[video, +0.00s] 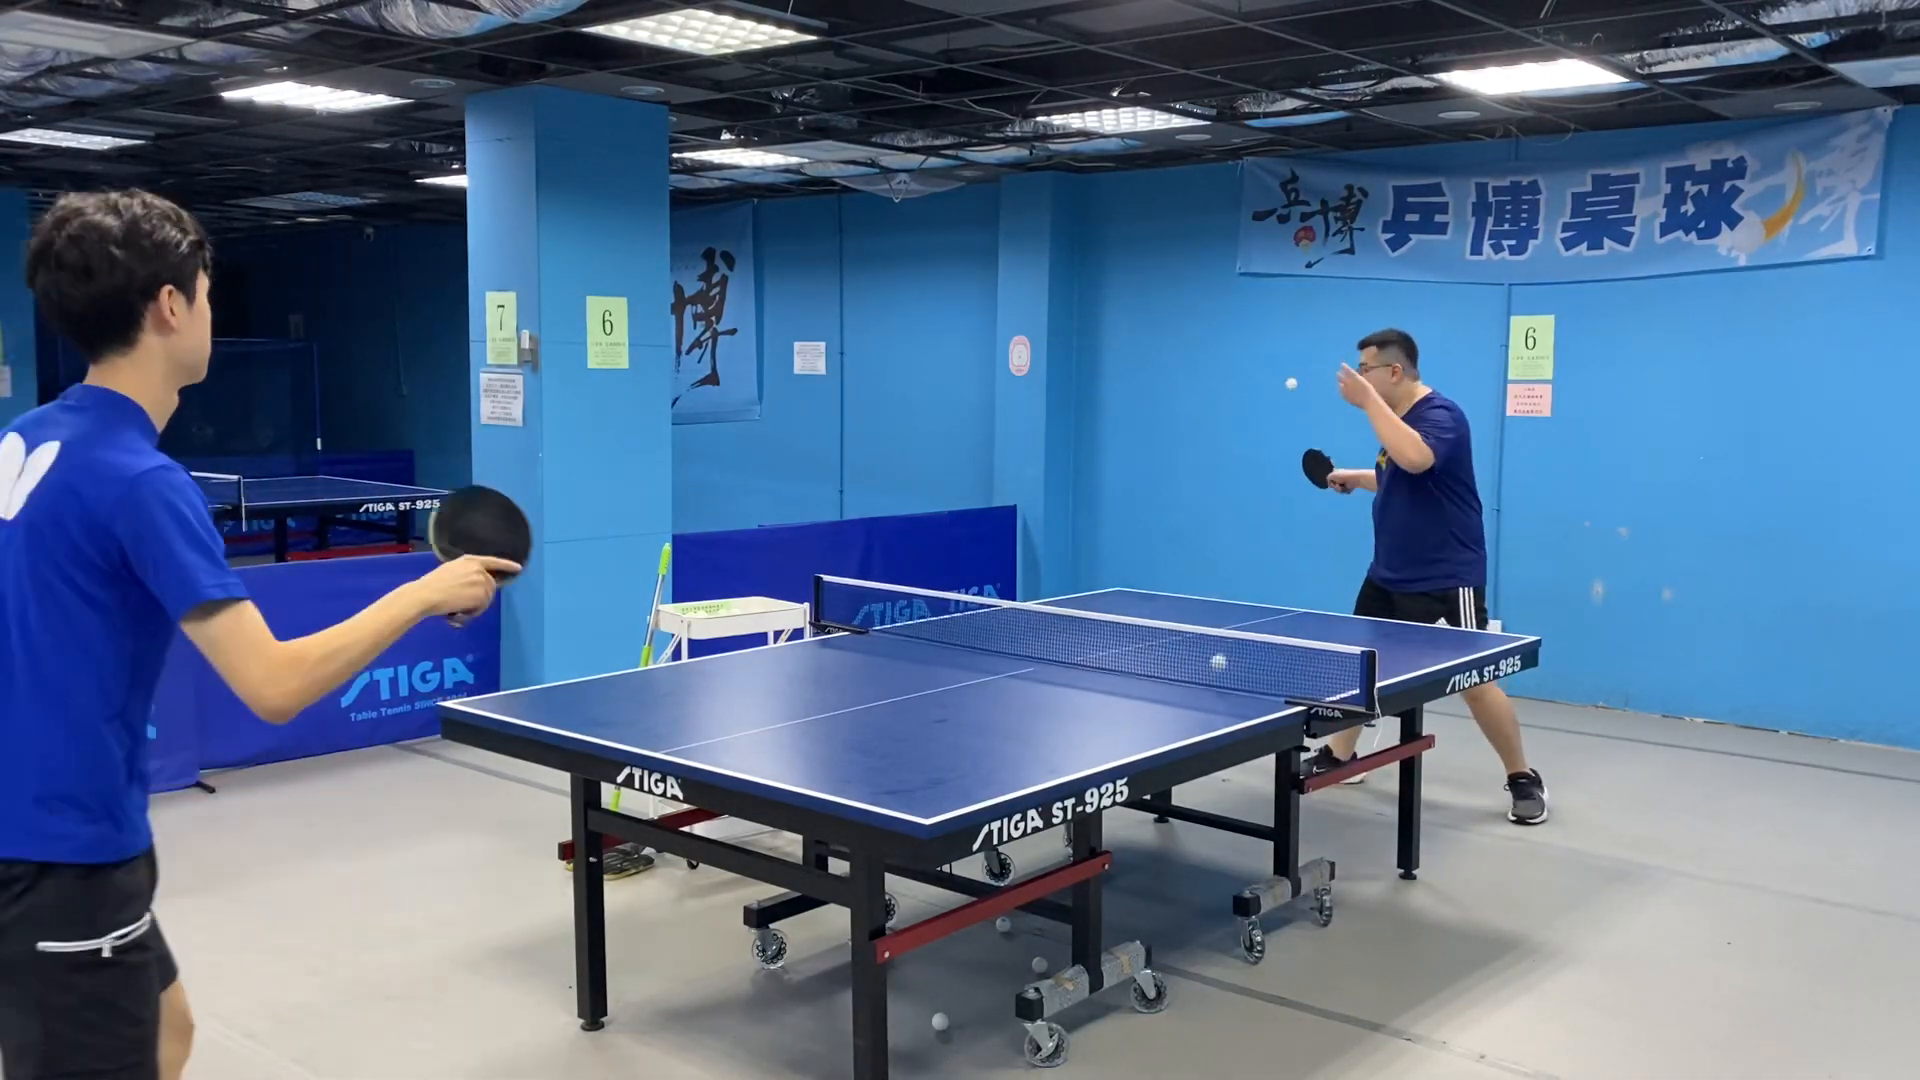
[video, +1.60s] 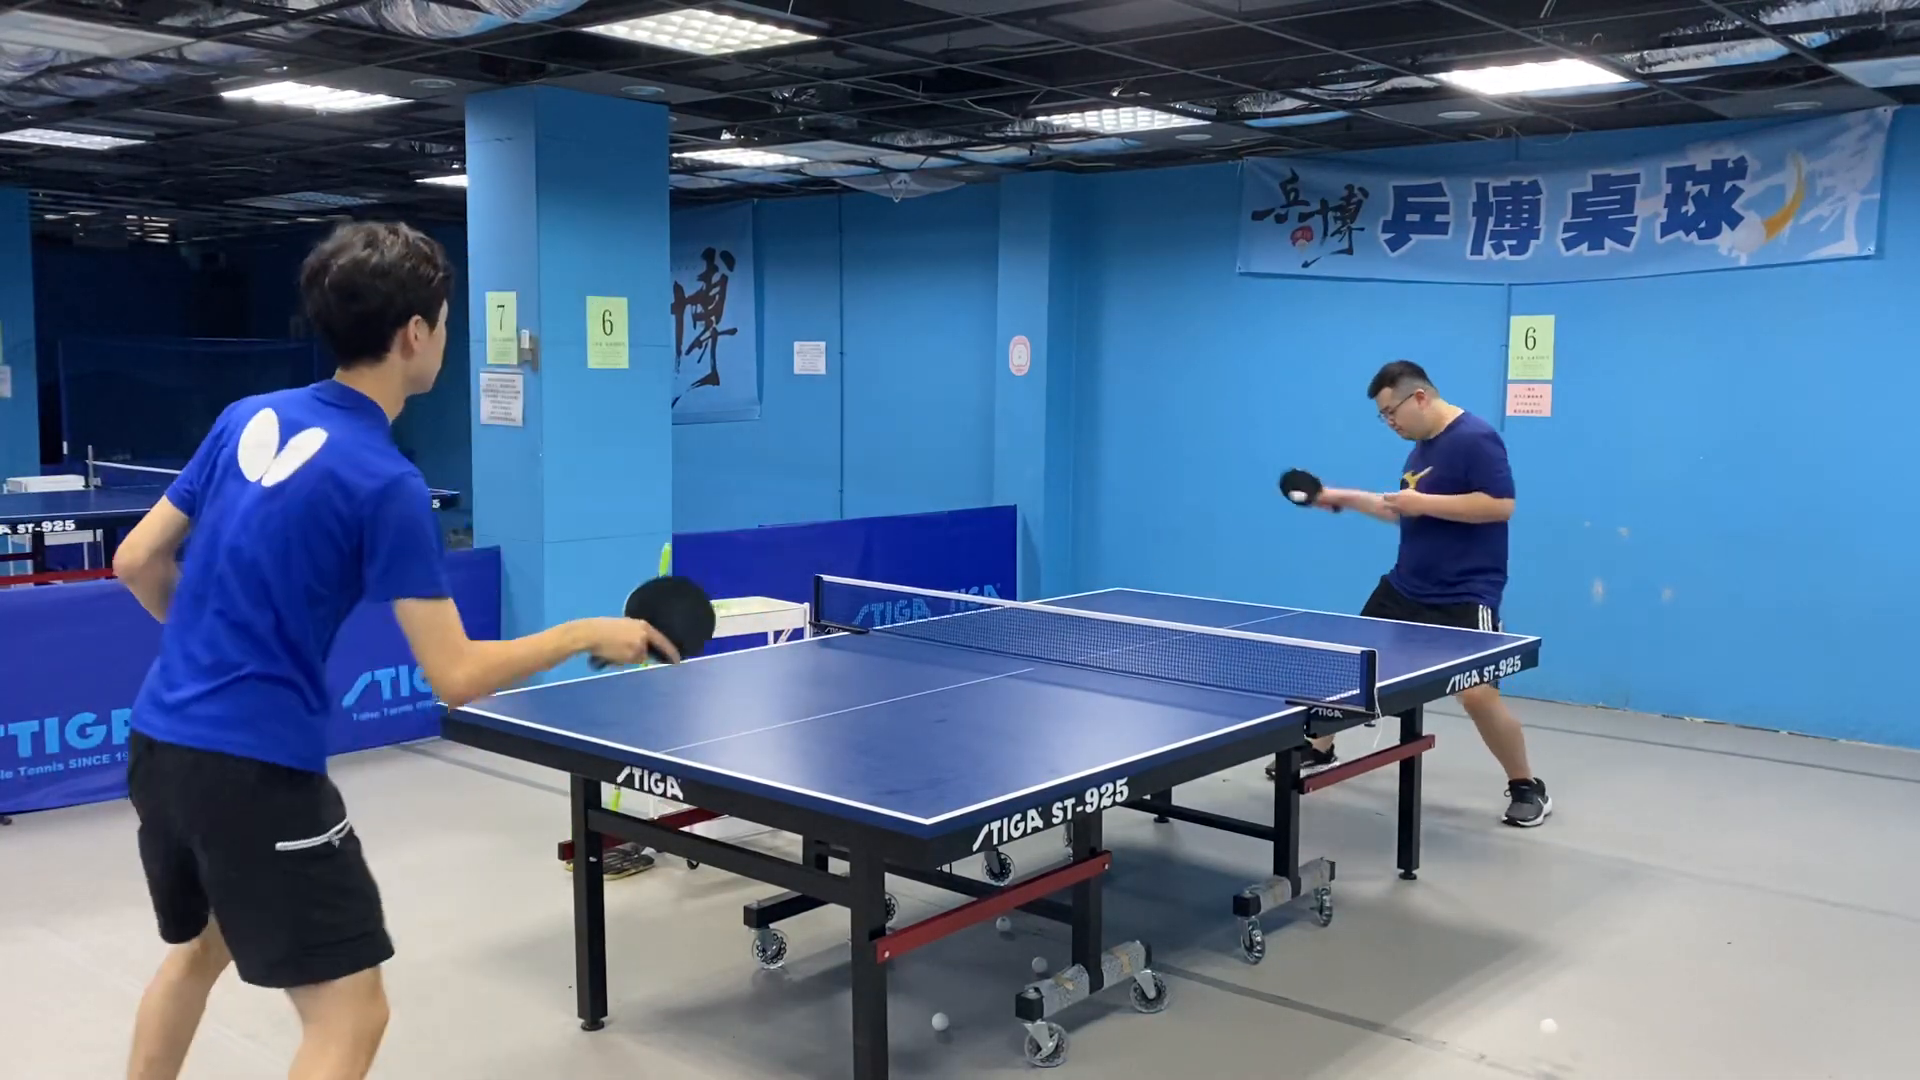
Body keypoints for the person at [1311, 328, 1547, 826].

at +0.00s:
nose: (1362, 380)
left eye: (1368, 370)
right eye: (1362, 371)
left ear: (1397, 371)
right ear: (1390, 374)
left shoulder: (1443, 415)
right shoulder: (1396, 422)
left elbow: (1416, 458)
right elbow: (1402, 484)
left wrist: (1369, 400)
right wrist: (1353, 478)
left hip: (1447, 580)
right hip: (1388, 574)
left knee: (1474, 680)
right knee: (1360, 667)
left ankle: (1521, 777)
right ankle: (1339, 753)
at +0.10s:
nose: (1368, 388)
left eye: (1373, 378)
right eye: (1368, 380)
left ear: (1401, 376)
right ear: (1396, 378)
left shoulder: (1456, 420)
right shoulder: (1404, 427)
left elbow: (1457, 475)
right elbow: (1403, 493)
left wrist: (1397, 428)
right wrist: (1352, 486)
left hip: (1457, 581)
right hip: (1396, 576)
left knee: (1479, 683)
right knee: (1360, 666)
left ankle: (1523, 778)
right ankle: (1340, 753)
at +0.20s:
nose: (1383, 400)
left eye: (1386, 389)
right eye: (1381, 390)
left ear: (1416, 381)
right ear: (1411, 383)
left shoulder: (1477, 427)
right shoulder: (1408, 434)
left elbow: (1495, 492)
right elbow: (1402, 497)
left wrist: (1421, 470)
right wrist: (1342, 498)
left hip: (1467, 588)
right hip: (1401, 581)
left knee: (1489, 683)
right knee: (1359, 663)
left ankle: (1527, 780)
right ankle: (1339, 750)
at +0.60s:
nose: (1385, 406)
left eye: (1396, 397)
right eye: (1379, 397)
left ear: (1425, 393)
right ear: (1374, 396)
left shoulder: (1469, 443)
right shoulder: (1371, 439)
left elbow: (1503, 504)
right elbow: (1340, 498)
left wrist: (1448, 515)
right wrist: (1327, 472)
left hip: (1454, 592)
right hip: (1375, 587)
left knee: (1496, 675)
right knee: (1319, 659)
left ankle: (1527, 780)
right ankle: (1313, 745)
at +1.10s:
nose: (1340, 397)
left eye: (1350, 388)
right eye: (1333, 389)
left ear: (1377, 387)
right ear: (1328, 392)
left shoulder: (1425, 432)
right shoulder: (1335, 447)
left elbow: (1467, 488)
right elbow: (1330, 504)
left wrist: (1398, 498)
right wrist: (1292, 528)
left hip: (1437, 584)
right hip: (1364, 583)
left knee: (1470, 674)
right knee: (1317, 657)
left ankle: (1508, 775)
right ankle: (1316, 747)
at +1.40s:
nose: (1336, 425)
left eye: (1340, 413)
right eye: (1331, 418)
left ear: (1370, 399)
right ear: (1358, 408)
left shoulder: (1421, 435)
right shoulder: (1375, 449)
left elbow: (1440, 493)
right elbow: (1398, 518)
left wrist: (1368, 471)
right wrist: (1361, 547)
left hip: (1441, 591)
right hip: (1380, 587)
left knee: (1466, 686)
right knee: (1324, 659)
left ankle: (1513, 779)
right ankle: (1314, 750)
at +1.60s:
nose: (1389, 424)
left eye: (1391, 412)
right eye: (1384, 416)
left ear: (1421, 397)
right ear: (1414, 403)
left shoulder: (1477, 439)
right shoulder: (1420, 449)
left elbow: (1501, 505)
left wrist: (1422, 504)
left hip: (1464, 597)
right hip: (1403, 588)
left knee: (1476, 695)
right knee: (1346, 663)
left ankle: (1524, 785)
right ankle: (1316, 748)